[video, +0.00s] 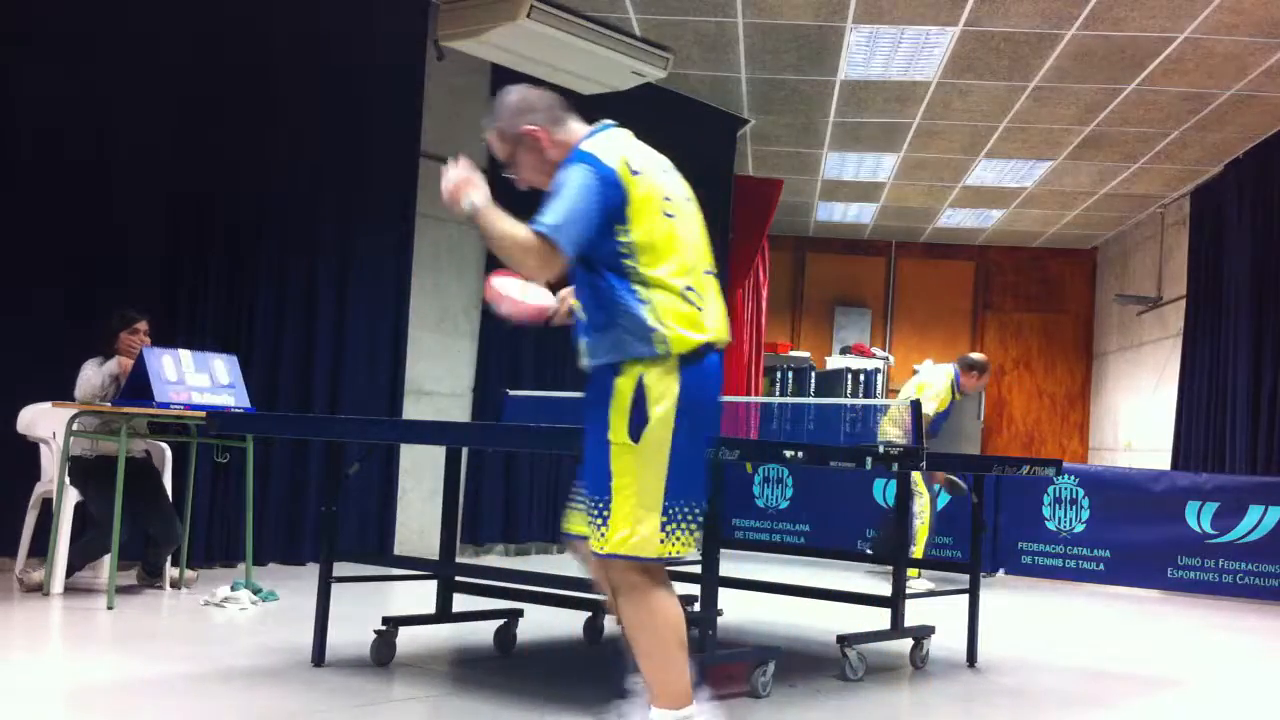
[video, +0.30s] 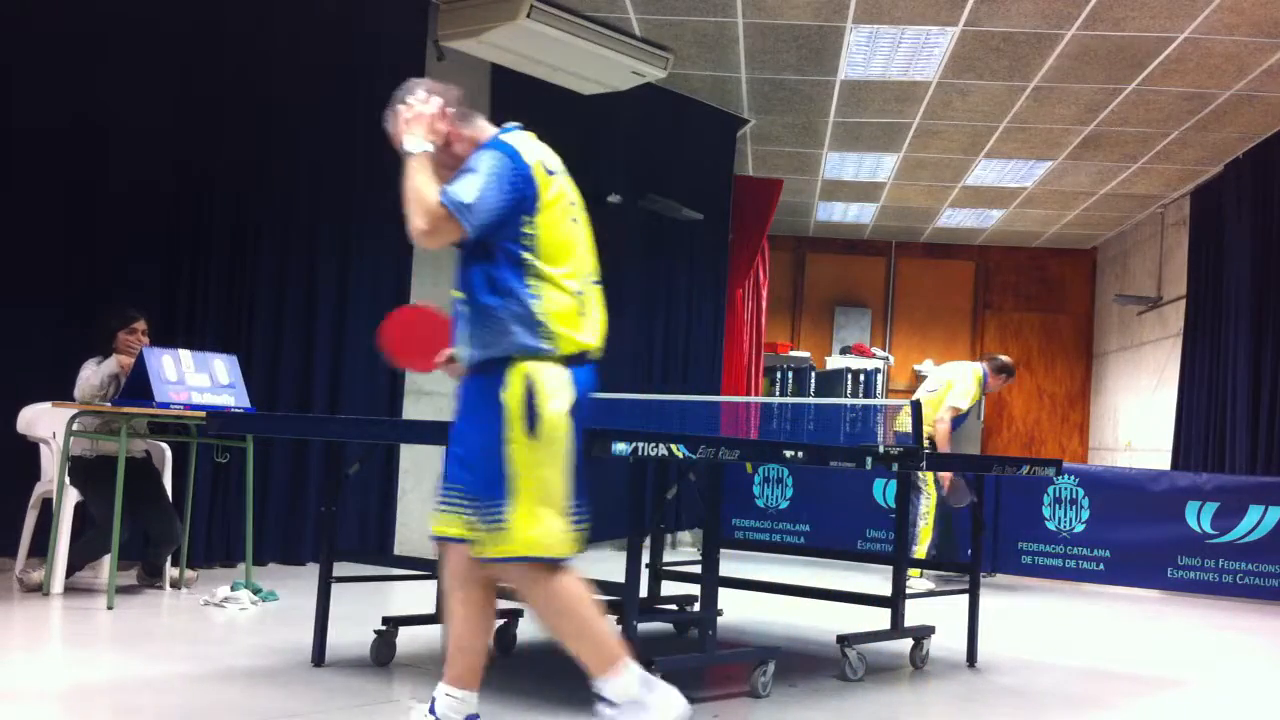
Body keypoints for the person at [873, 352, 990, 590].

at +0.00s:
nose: (981, 388)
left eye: (984, 383)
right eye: (983, 382)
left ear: (969, 372)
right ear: (972, 375)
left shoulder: (945, 380)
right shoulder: (940, 384)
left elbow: (924, 431)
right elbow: (915, 427)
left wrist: (936, 467)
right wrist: (930, 466)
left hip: (900, 442)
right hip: (897, 443)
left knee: (916, 501)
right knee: (922, 502)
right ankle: (910, 573)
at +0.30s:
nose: (999, 389)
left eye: (1002, 385)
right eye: (1002, 384)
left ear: (987, 365)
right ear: (998, 376)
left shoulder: (962, 368)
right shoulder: (970, 380)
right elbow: (943, 419)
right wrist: (945, 465)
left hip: (908, 430)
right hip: (916, 435)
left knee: (924, 497)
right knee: (927, 497)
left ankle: (912, 568)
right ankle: (913, 571)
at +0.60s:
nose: (999, 385)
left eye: (1002, 382)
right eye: (1002, 381)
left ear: (985, 360)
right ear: (1001, 372)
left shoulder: (952, 368)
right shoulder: (987, 373)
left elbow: (926, 404)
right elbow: (972, 407)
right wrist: (976, 447)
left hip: (922, 436)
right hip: (943, 436)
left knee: (949, 501)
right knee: (962, 499)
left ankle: (927, 561)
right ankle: (940, 564)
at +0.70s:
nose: (996, 383)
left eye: (997, 380)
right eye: (997, 379)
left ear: (980, 359)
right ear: (995, 370)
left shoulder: (949, 367)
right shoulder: (986, 369)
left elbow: (926, 402)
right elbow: (982, 407)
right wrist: (992, 446)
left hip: (923, 433)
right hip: (946, 432)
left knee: (940, 498)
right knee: (959, 498)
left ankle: (940, 561)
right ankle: (949, 564)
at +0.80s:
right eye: (991, 380)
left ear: (968, 364)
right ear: (988, 371)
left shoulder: (939, 370)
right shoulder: (984, 374)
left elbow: (915, 406)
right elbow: (987, 413)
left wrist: (899, 456)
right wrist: (997, 448)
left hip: (921, 437)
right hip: (949, 438)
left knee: (935, 501)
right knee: (959, 504)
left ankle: (941, 562)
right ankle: (948, 567)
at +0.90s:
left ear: (948, 368)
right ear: (971, 372)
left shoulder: (930, 376)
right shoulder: (977, 381)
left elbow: (912, 406)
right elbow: (987, 419)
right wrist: (997, 461)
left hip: (914, 443)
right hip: (946, 443)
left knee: (913, 506)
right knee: (959, 510)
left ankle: (909, 563)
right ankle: (949, 568)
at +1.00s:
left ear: (937, 377)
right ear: (964, 379)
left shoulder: (919, 388)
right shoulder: (968, 391)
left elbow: (896, 430)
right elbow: (979, 429)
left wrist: (883, 474)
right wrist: (987, 472)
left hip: (903, 444)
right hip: (938, 446)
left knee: (894, 499)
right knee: (960, 508)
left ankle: (879, 555)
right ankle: (950, 568)